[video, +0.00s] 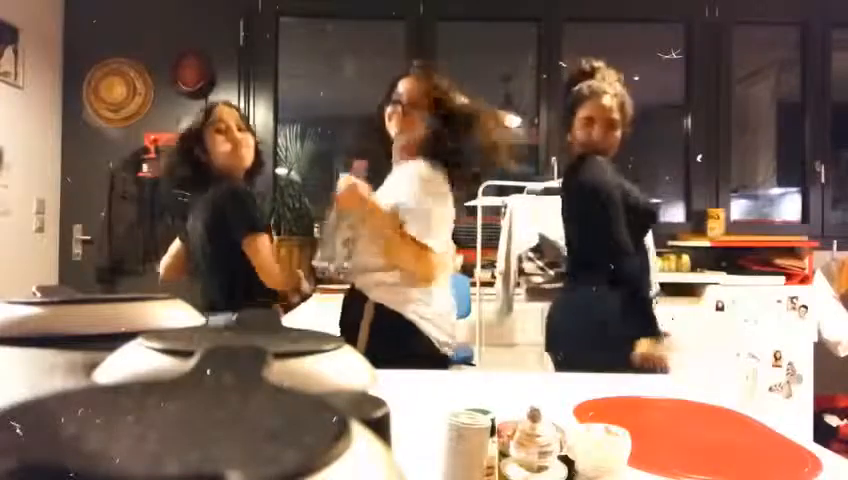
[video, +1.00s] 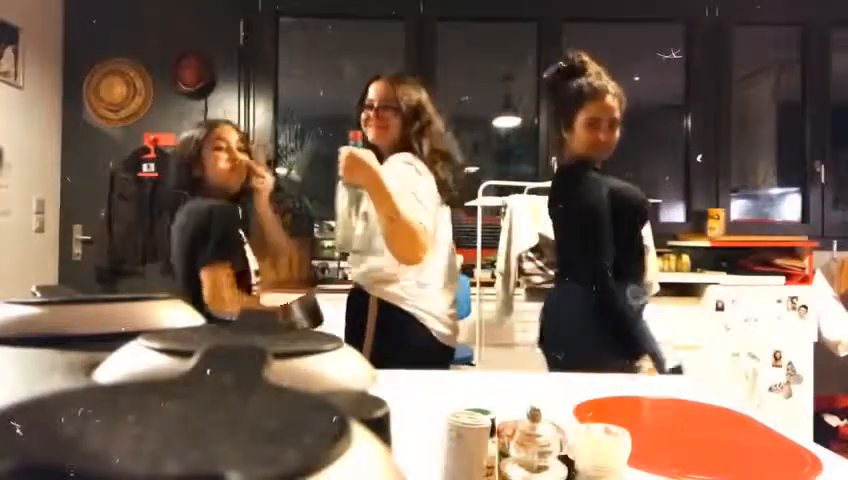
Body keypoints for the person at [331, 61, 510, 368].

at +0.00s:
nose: (394, 110)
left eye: (408, 105)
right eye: (393, 102)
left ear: (434, 119)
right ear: (386, 108)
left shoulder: (421, 177)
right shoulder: (403, 175)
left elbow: (426, 266)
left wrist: (367, 210)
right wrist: (363, 205)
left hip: (399, 322)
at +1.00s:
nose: (371, 116)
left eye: (384, 108)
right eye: (367, 107)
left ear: (412, 118)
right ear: (361, 112)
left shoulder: (401, 167)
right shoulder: (419, 171)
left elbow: (412, 251)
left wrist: (371, 180)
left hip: (392, 316)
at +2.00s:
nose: (366, 124)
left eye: (380, 118)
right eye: (362, 116)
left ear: (403, 128)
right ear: (355, 121)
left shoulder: (400, 170)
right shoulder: (383, 174)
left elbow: (419, 250)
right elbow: (379, 256)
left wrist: (374, 188)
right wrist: (338, 288)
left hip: (394, 307)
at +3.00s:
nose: (400, 130)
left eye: (411, 123)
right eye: (394, 121)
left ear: (431, 131)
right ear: (388, 128)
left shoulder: (431, 179)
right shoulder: (404, 180)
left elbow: (432, 259)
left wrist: (378, 213)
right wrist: (361, 218)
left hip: (413, 304)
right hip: (390, 299)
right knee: (389, 401)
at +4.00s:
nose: (407, 110)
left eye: (419, 104)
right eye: (400, 102)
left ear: (439, 116)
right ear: (392, 112)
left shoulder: (437, 172)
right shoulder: (408, 173)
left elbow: (460, 255)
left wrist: (387, 235)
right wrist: (367, 208)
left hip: (427, 307)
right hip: (398, 302)